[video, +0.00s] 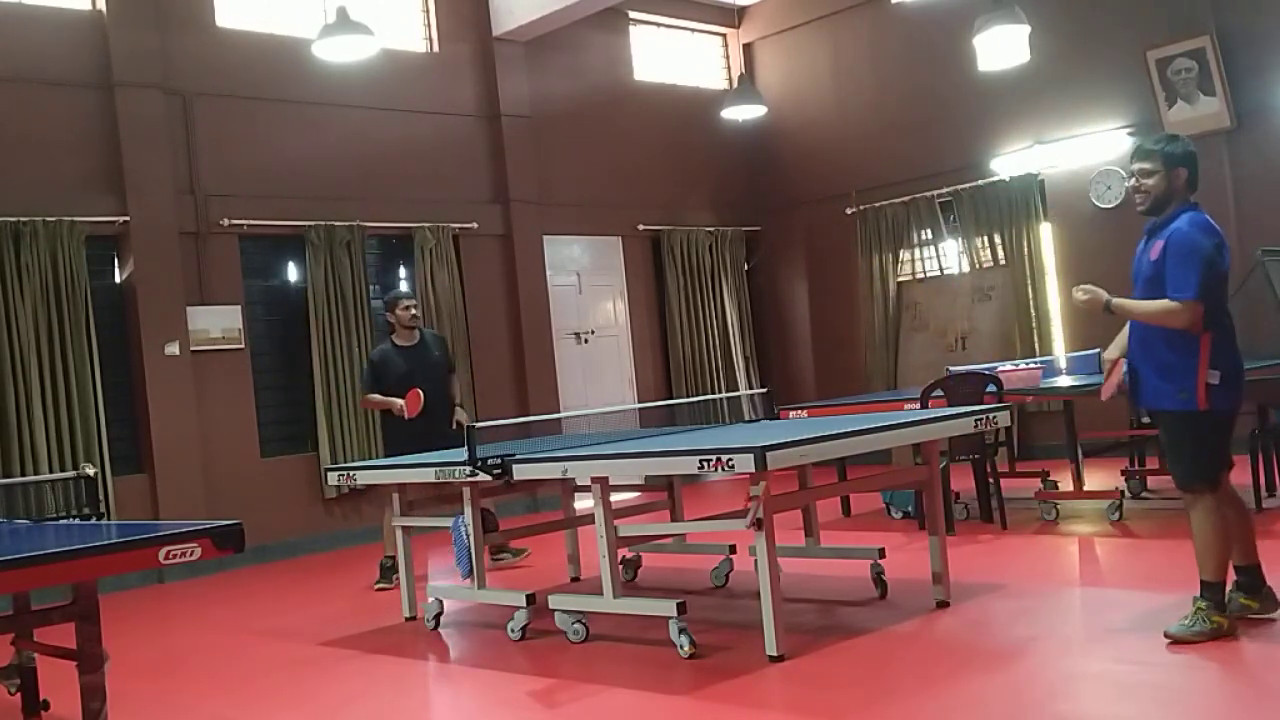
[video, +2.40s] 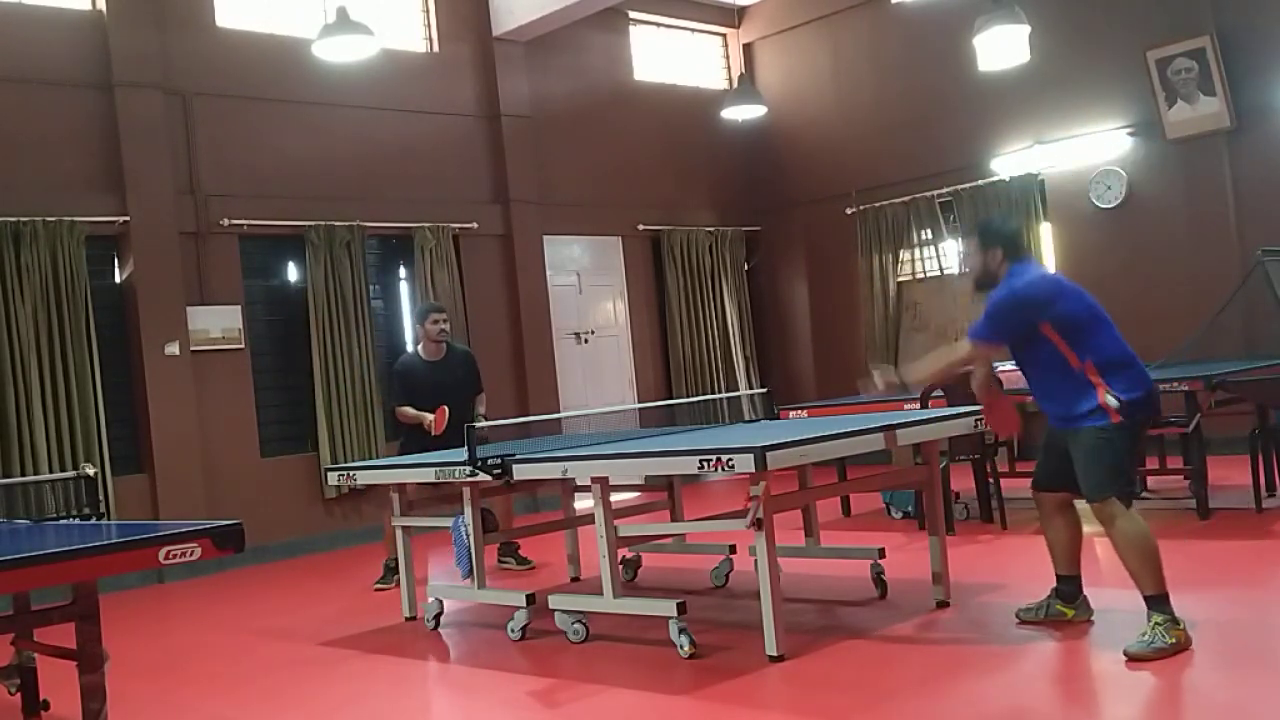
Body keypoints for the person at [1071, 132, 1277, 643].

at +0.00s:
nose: (1135, 185)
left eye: (1145, 175)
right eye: (1132, 177)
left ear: (1180, 177)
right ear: (1135, 181)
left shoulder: (1190, 233)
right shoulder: (1159, 231)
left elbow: (1188, 315)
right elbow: (1155, 303)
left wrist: (1112, 303)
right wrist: (1118, 346)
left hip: (1197, 391)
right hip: (1181, 389)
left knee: (1198, 492)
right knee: (1217, 487)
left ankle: (1212, 608)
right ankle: (1254, 589)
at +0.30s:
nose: (1118, 187)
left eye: (1129, 178)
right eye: (1116, 179)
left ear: (1165, 180)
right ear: (1123, 182)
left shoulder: (1174, 237)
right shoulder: (1147, 233)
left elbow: (1167, 321)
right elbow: (1152, 307)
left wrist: (1085, 310)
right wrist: (1117, 341)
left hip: (1187, 393)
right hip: (1149, 392)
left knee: (1198, 490)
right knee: (1144, 478)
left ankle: (1212, 604)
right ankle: (1219, 567)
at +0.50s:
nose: (1102, 189)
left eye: (1114, 180)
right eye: (1100, 180)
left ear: (1149, 182)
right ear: (1103, 183)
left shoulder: (1158, 237)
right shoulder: (1130, 235)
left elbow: (1155, 321)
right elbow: (1137, 308)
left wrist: (1074, 314)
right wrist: (1103, 340)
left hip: (1181, 394)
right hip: (1138, 394)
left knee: (1201, 493)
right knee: (1135, 481)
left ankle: (1214, 606)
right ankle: (1160, 586)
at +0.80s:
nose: (1057, 209)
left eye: (1067, 199)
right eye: (1051, 202)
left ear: (1101, 198)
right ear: (1051, 206)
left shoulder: (1123, 244)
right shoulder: (1074, 261)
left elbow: (1132, 319)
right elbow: (1076, 325)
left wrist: (1055, 326)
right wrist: (1057, 359)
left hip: (1159, 395)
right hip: (1116, 401)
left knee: (1164, 494)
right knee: (1128, 495)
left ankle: (1208, 603)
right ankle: (1139, 599)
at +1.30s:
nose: (1009, 251)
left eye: (1012, 239)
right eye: (1006, 242)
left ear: (1038, 230)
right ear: (1038, 234)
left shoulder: (1084, 270)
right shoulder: (1049, 277)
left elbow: (1072, 354)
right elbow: (1032, 327)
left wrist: (995, 366)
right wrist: (1019, 363)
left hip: (1140, 396)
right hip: (1095, 402)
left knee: (1136, 497)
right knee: (1082, 489)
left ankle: (1169, 618)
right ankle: (1129, 590)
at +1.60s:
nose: (982, 301)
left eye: (983, 291)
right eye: (979, 294)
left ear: (1008, 279)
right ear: (1009, 280)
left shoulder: (1051, 311)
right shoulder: (1034, 305)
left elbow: (1020, 394)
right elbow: (1012, 351)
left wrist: (950, 398)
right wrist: (1005, 385)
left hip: (1142, 402)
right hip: (1101, 410)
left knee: (1117, 500)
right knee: (1070, 495)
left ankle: (1167, 622)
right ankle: (1071, 597)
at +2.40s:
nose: (967, 263)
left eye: (971, 255)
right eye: (967, 255)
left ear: (996, 254)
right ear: (1000, 255)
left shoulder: (1021, 291)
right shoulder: (1013, 290)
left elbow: (965, 353)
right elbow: (983, 343)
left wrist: (900, 376)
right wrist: (981, 372)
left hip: (1109, 406)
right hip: (1070, 412)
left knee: (1106, 503)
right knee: (1051, 494)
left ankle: (1165, 621)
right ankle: (1068, 598)